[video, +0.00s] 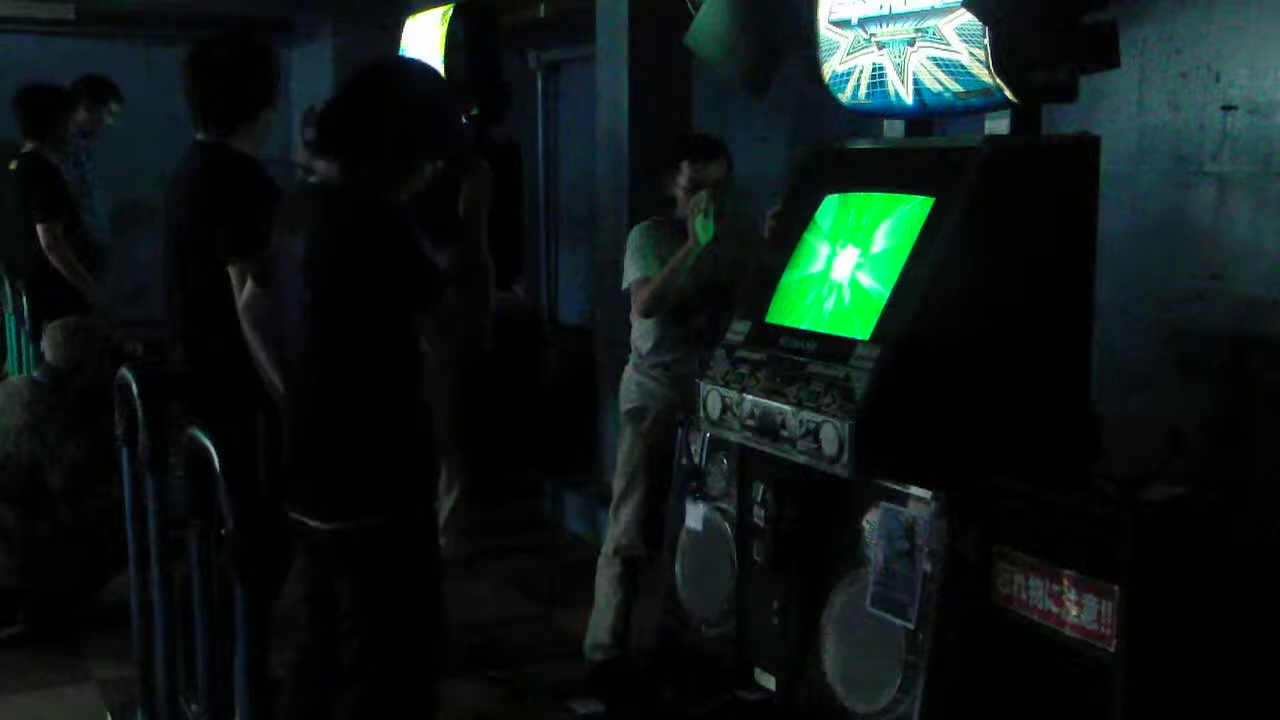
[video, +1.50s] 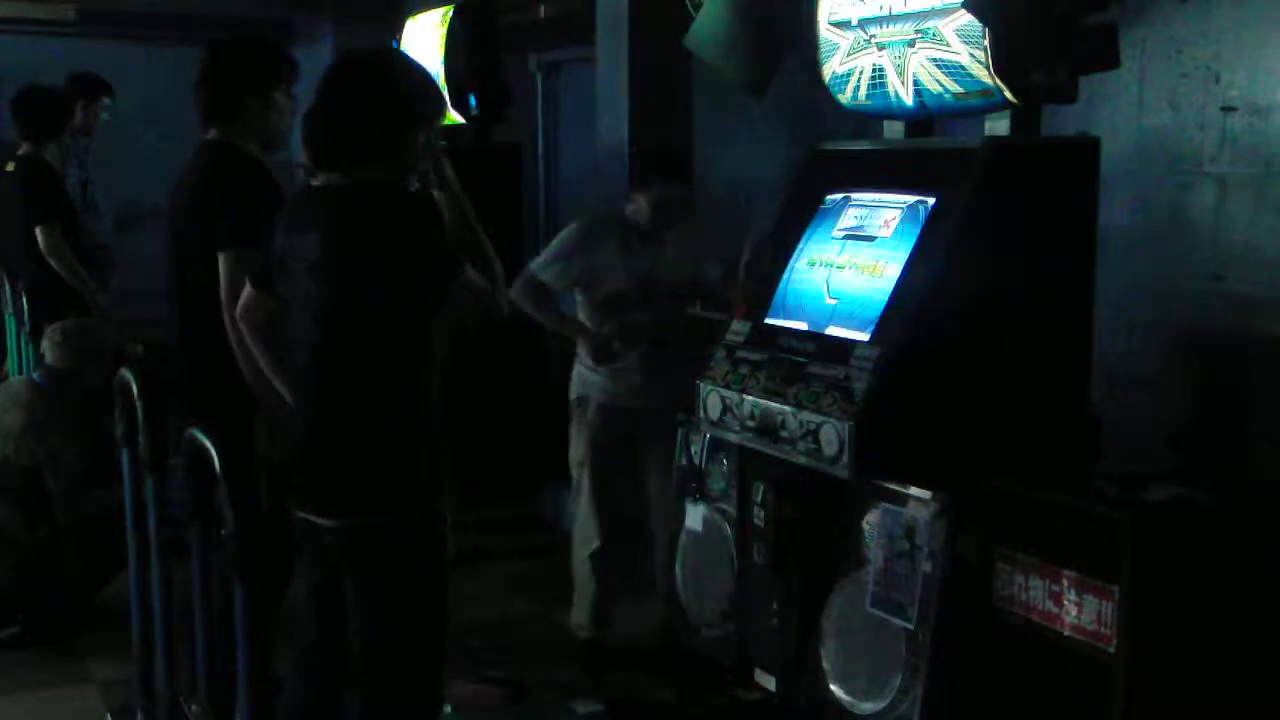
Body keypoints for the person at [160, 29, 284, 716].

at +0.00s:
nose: (278, 104)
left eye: (276, 91)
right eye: (273, 92)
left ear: (198, 98)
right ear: (262, 99)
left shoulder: (191, 172)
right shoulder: (242, 177)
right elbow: (249, 297)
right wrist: (282, 384)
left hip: (198, 377)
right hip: (237, 386)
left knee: (209, 529)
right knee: (253, 536)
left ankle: (207, 673)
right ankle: (244, 677)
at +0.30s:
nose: (277, 103)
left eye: (275, 90)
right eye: (272, 90)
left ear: (196, 97)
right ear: (261, 99)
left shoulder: (189, 172)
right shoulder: (241, 179)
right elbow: (247, 300)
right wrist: (287, 388)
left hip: (197, 380)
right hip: (238, 390)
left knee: (209, 533)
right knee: (252, 540)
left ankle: (208, 677)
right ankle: (246, 681)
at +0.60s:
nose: (275, 108)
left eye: (273, 95)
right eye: (270, 95)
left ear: (194, 99)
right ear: (259, 104)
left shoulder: (188, 172)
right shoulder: (239, 180)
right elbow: (247, 304)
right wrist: (289, 389)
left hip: (196, 381)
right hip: (236, 392)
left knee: (209, 533)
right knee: (255, 538)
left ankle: (203, 674)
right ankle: (241, 678)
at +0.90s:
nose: (276, 108)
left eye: (275, 93)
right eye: (270, 94)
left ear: (196, 99)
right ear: (249, 103)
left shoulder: (189, 171)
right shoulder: (234, 178)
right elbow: (243, 303)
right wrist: (289, 392)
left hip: (195, 381)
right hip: (233, 391)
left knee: (209, 534)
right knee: (253, 540)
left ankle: (204, 676)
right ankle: (241, 680)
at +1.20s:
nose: (281, 110)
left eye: (280, 95)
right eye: (273, 96)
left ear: (206, 100)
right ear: (245, 102)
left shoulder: (195, 171)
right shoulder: (235, 177)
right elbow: (242, 301)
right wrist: (287, 394)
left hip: (199, 381)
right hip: (234, 392)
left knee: (213, 536)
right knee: (252, 543)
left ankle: (210, 680)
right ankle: (244, 683)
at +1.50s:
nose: (292, 111)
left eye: (291, 96)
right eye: (285, 96)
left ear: (219, 100)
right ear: (256, 101)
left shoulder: (204, 167)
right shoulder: (243, 173)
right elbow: (239, 301)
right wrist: (282, 395)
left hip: (202, 383)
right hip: (234, 394)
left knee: (217, 538)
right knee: (252, 544)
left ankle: (216, 683)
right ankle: (245, 686)